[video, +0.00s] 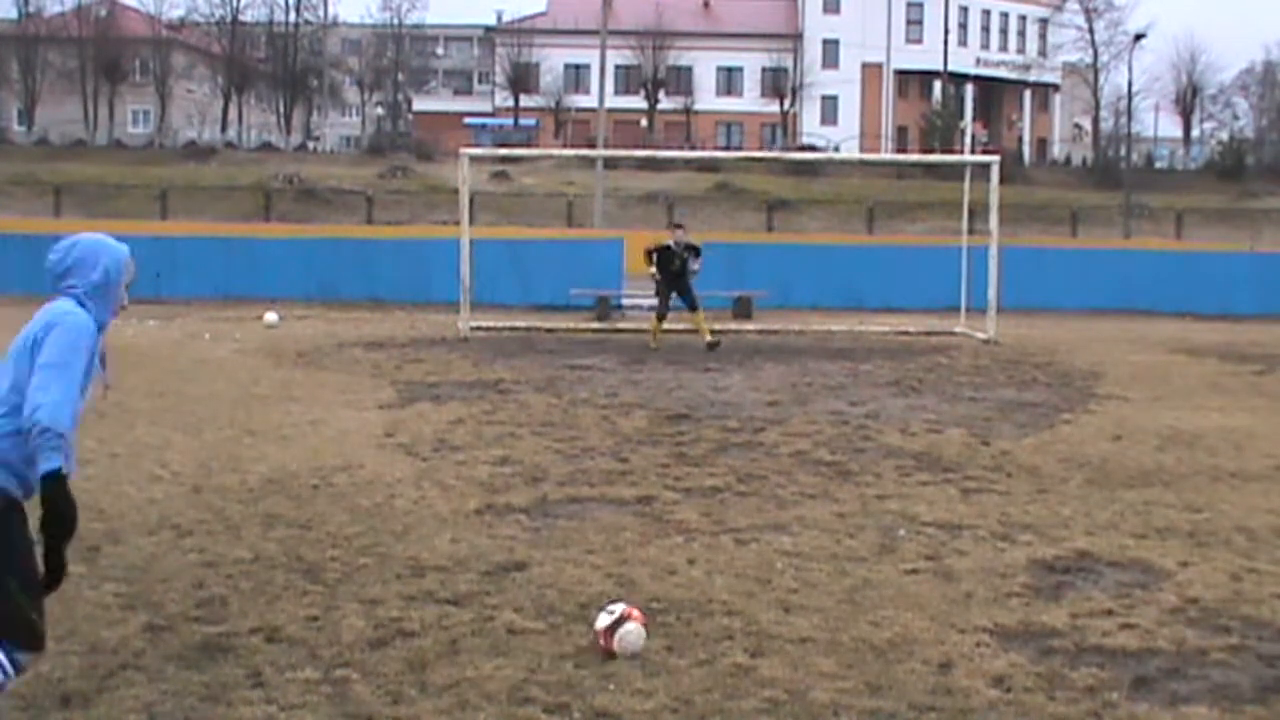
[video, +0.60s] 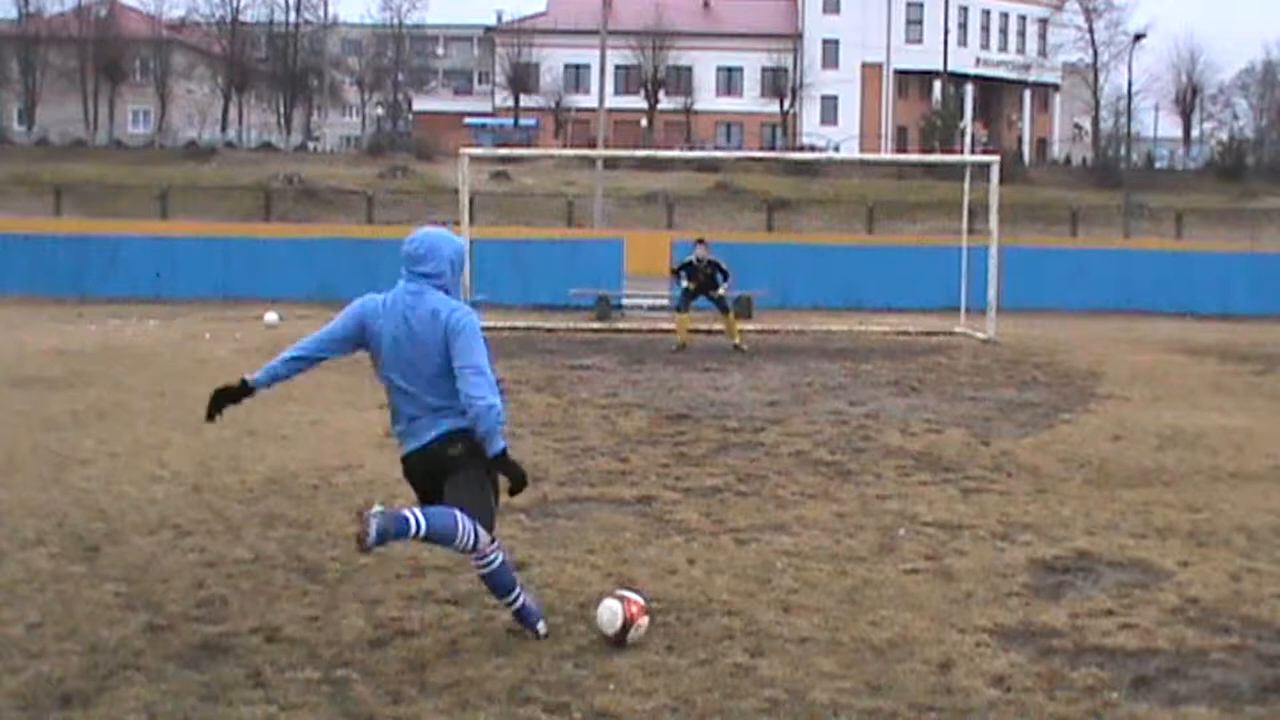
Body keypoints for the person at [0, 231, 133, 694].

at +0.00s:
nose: (126, 299)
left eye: (127, 287)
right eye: (122, 286)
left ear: (82, 279)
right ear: (96, 281)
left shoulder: (60, 319)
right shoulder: (73, 322)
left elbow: (41, 409)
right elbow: (48, 406)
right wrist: (55, 488)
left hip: (9, 493)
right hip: (5, 494)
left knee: (21, 633)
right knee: (21, 636)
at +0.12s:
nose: (209, 293)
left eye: (210, 283)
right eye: (206, 281)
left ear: (161, 271)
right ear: (186, 277)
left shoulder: (157, 330)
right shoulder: (157, 310)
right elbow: (111, 369)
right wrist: (84, 437)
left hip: (52, 476)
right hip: (100, 473)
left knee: (34, 620)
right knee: (187, 584)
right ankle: (147, 709)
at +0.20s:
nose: (268, 288)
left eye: (269, 279)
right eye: (266, 278)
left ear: (221, 266)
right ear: (249, 273)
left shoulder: (221, 318)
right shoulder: (215, 303)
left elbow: (258, 380)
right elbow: (171, 357)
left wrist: (319, 424)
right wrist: (144, 424)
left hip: (131, 463)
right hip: (183, 465)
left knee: (81, 595)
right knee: (262, 576)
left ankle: (5, 693)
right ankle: (275, 707)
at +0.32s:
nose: (347, 296)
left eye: (348, 285)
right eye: (345, 285)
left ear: (295, 275)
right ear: (329, 282)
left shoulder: (267, 316)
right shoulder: (311, 325)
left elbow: (258, 405)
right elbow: (305, 413)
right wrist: (328, 480)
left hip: (229, 472)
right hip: (279, 471)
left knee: (256, 616)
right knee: (334, 595)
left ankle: (147, 628)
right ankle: (309, 710)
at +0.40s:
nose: (394, 280)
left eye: (392, 271)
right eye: (391, 271)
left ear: (341, 265)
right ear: (382, 272)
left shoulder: (308, 302)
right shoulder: (377, 315)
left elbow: (276, 299)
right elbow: (403, 393)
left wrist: (249, 288)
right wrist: (438, 455)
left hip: (279, 457)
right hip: (323, 458)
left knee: (339, 570)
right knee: (338, 586)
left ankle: (291, 627)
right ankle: (309, 707)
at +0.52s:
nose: (440, 263)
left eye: (438, 255)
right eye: (439, 256)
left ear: (390, 249)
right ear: (428, 256)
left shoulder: (351, 289)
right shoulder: (432, 299)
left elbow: (280, 301)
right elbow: (467, 367)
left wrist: (209, 303)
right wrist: (502, 427)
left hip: (363, 442)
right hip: (414, 437)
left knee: (432, 523)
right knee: (393, 536)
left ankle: (490, 620)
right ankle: (336, 614)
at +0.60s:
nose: (461, 274)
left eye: (459, 265)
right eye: (459, 266)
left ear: (410, 264)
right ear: (449, 270)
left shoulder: (372, 309)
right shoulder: (457, 317)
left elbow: (309, 351)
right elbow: (477, 392)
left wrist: (249, 385)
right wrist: (501, 453)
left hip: (416, 456)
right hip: (461, 443)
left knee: (480, 542)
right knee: (475, 532)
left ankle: (529, 615)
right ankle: (393, 524)